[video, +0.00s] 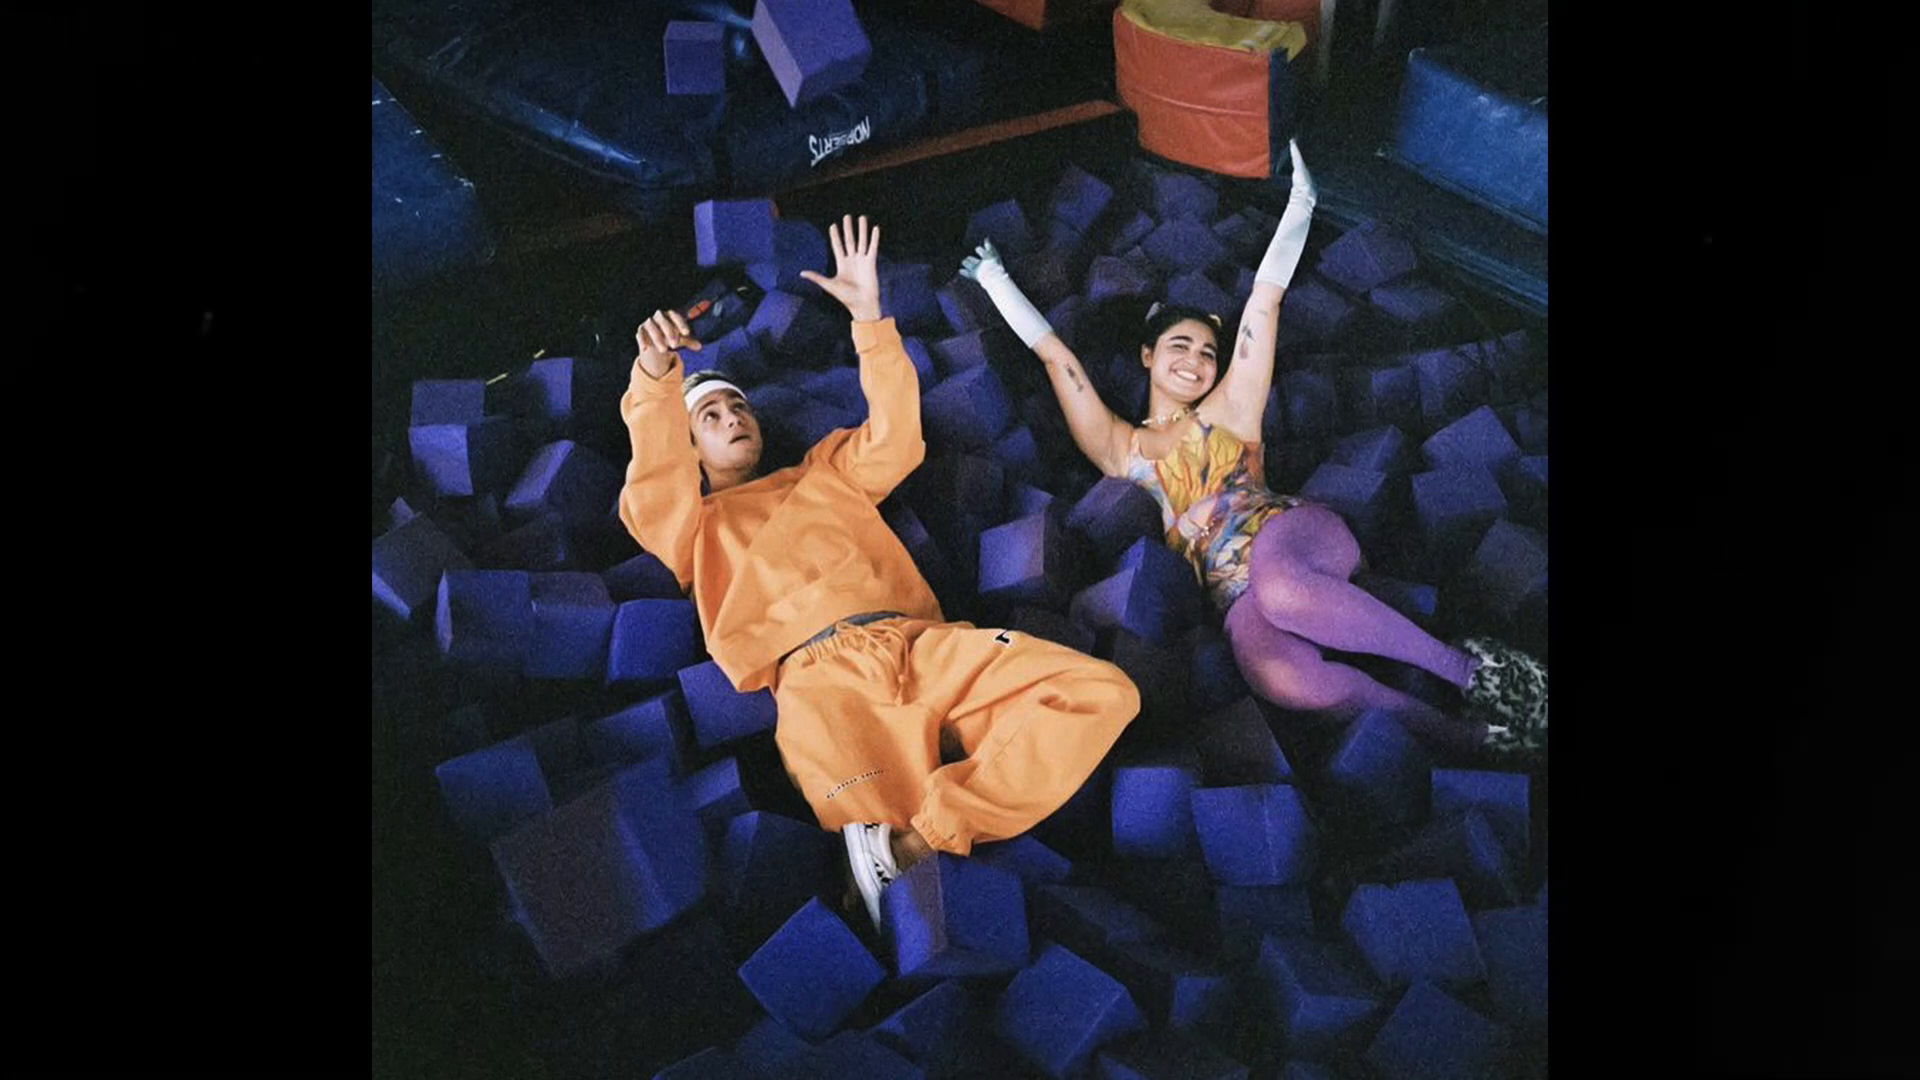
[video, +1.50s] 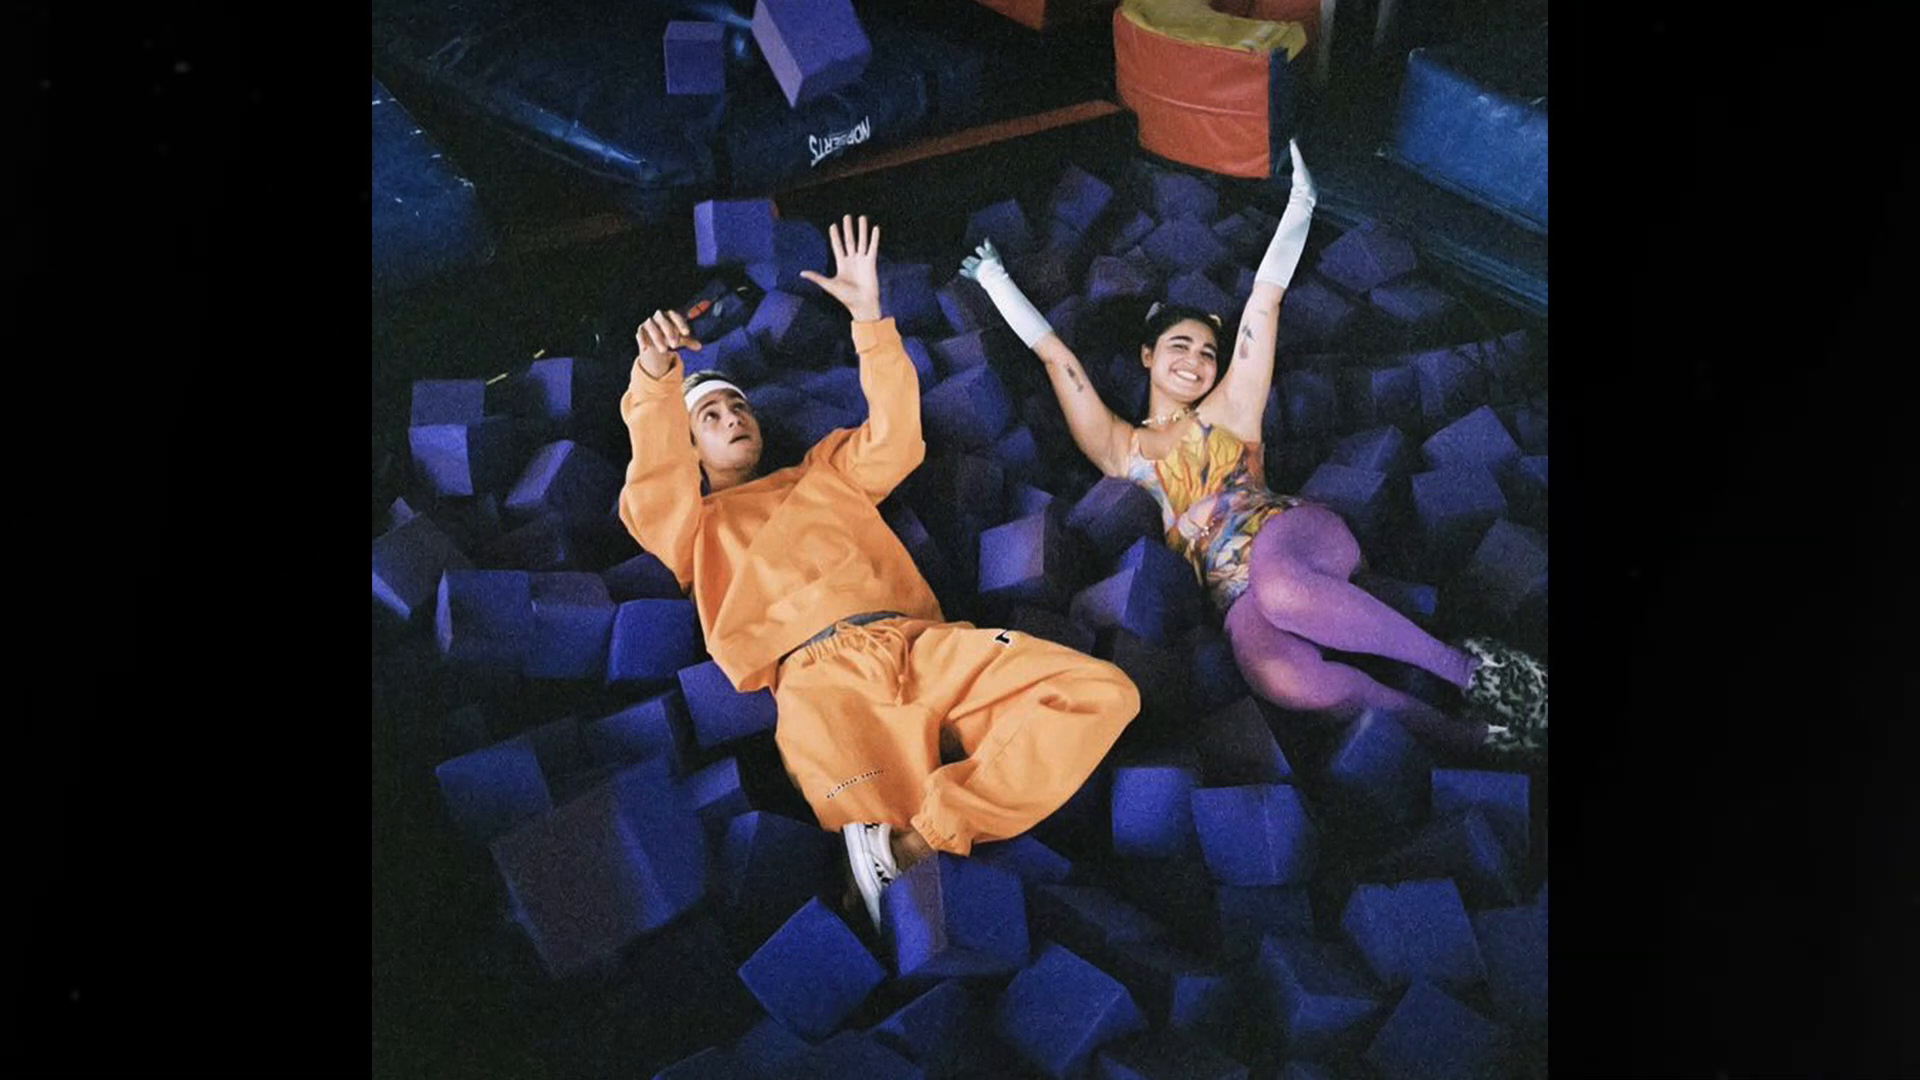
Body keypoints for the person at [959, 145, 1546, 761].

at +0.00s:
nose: (1191, 360)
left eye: (1205, 354)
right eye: (1177, 346)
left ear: (1216, 371)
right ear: (1145, 357)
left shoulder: (1230, 411)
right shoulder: (1122, 448)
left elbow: (1264, 306)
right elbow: (1057, 359)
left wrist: (1298, 209)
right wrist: (991, 278)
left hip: (1287, 531)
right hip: (1238, 596)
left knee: (1278, 593)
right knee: (1287, 680)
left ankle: (1471, 671)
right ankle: (1463, 735)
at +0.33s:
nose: (1190, 360)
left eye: (1204, 353)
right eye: (1176, 346)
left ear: (1216, 370)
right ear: (1145, 358)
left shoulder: (1230, 410)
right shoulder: (1123, 449)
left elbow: (1264, 305)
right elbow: (1058, 359)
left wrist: (1299, 208)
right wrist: (992, 278)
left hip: (1288, 531)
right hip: (1239, 596)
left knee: (1279, 593)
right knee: (1287, 680)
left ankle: (1472, 671)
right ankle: (1464, 735)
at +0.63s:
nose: (1190, 360)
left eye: (1204, 353)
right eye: (1176, 346)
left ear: (1216, 370)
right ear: (1145, 358)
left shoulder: (1230, 410)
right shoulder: (1123, 449)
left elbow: (1264, 305)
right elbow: (1058, 359)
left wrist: (1299, 209)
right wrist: (992, 278)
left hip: (1289, 531)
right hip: (1239, 597)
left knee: (1278, 593)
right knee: (1288, 681)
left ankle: (1472, 671)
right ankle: (1463, 734)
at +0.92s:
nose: (1190, 360)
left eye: (1204, 354)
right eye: (1176, 346)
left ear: (1216, 370)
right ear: (1145, 358)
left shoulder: (1230, 410)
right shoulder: (1123, 449)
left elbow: (1264, 305)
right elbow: (1058, 359)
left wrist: (1298, 209)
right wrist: (992, 278)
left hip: (1289, 531)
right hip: (1239, 597)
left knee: (1278, 593)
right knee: (1288, 681)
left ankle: (1472, 671)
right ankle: (1463, 734)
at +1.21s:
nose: (1190, 360)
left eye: (1204, 354)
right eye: (1176, 346)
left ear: (1216, 370)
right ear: (1145, 358)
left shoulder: (1230, 410)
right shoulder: (1122, 449)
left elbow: (1264, 305)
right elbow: (1057, 359)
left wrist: (1298, 209)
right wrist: (992, 278)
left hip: (1289, 531)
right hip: (1239, 597)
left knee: (1278, 593)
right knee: (1287, 680)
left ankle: (1473, 671)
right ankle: (1466, 735)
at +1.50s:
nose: (1191, 360)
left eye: (1205, 354)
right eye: (1176, 346)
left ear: (1216, 371)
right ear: (1145, 358)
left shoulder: (1230, 411)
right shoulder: (1122, 449)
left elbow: (1264, 305)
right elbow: (1058, 360)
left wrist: (1298, 209)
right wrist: (992, 278)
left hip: (1288, 530)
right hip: (1238, 596)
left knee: (1279, 592)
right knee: (1288, 681)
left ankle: (1472, 671)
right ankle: (1465, 736)